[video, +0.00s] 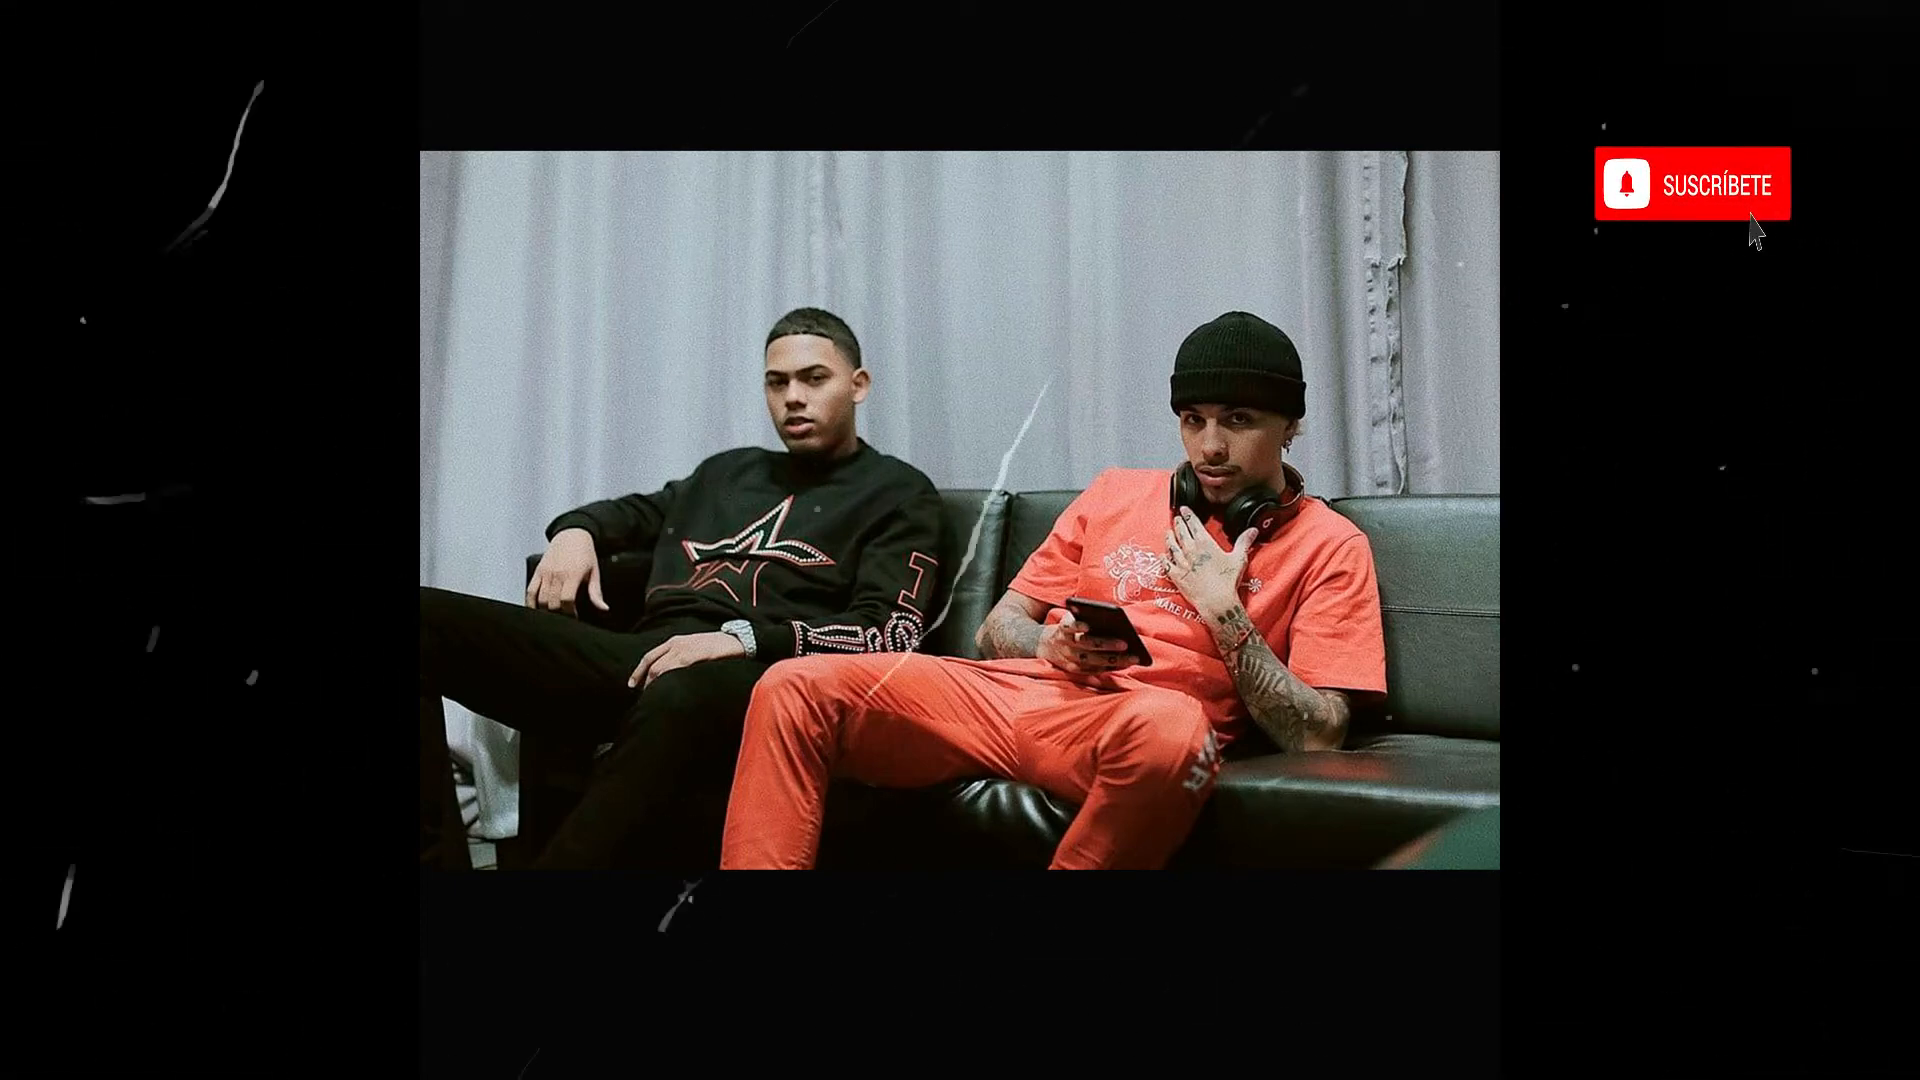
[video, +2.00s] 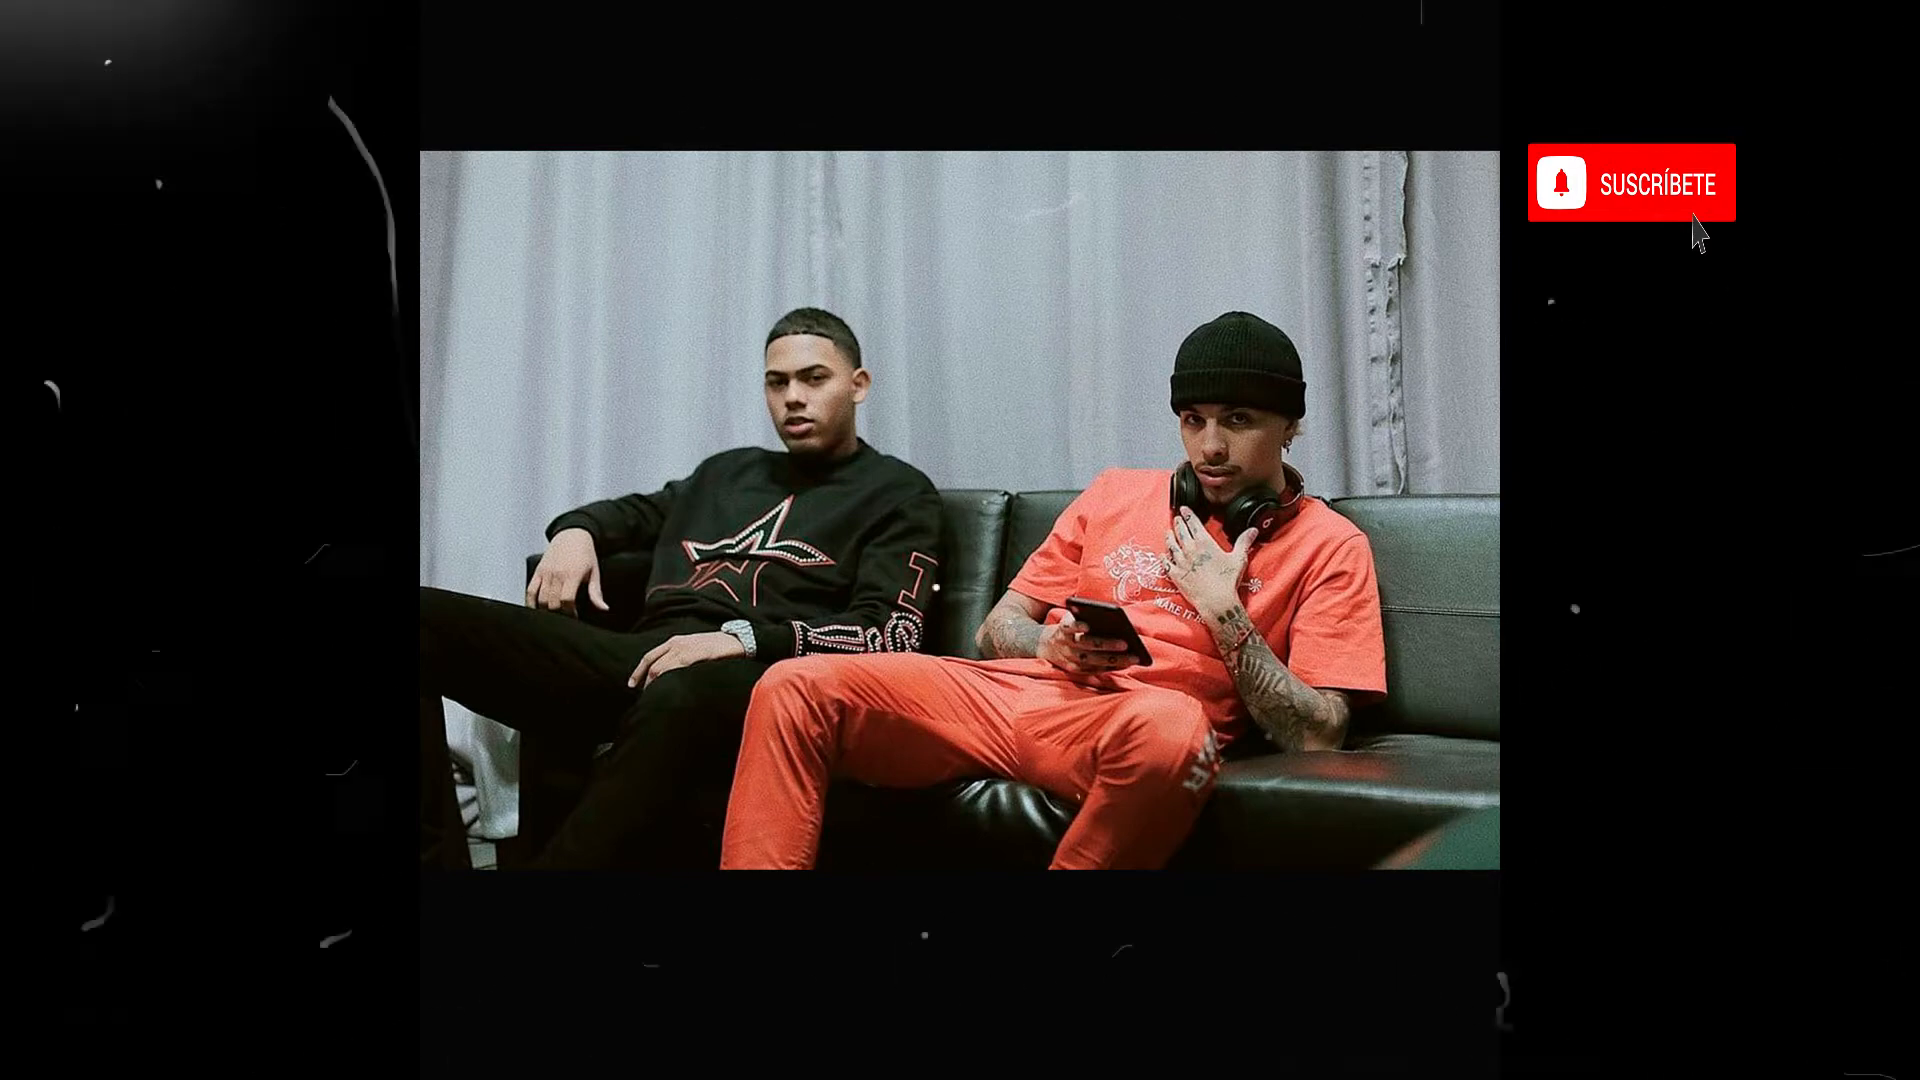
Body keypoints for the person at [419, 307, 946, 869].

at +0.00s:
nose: (793, 399)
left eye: (814, 379)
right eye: (779, 382)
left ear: (859, 385)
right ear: (765, 390)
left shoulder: (900, 494)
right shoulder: (728, 472)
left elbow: (892, 636)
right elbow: (642, 515)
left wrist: (744, 639)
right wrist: (575, 530)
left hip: (770, 681)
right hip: (636, 653)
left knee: (680, 702)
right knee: (426, 617)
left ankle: (561, 873)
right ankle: (441, 857)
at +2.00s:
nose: (793, 399)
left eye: (813, 379)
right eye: (779, 382)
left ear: (859, 385)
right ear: (765, 391)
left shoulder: (900, 493)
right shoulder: (728, 472)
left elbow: (894, 634)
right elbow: (640, 515)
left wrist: (742, 639)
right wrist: (574, 530)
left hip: (769, 681)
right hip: (637, 653)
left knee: (682, 699)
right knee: (425, 617)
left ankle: (562, 871)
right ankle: (440, 856)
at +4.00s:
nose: (793, 399)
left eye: (814, 378)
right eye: (779, 382)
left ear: (859, 385)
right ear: (765, 390)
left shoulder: (900, 494)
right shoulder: (727, 472)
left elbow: (893, 635)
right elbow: (643, 516)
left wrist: (743, 639)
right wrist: (575, 530)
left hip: (771, 681)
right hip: (637, 654)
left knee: (682, 701)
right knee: (424, 617)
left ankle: (561, 870)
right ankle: (440, 857)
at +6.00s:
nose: (793, 399)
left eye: (814, 378)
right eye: (779, 382)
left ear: (859, 385)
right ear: (765, 390)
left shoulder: (899, 494)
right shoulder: (728, 471)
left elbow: (893, 635)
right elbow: (642, 515)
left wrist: (742, 639)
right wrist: (575, 530)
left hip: (770, 681)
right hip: (637, 653)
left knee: (682, 701)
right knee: (424, 617)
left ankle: (562, 871)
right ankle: (441, 856)